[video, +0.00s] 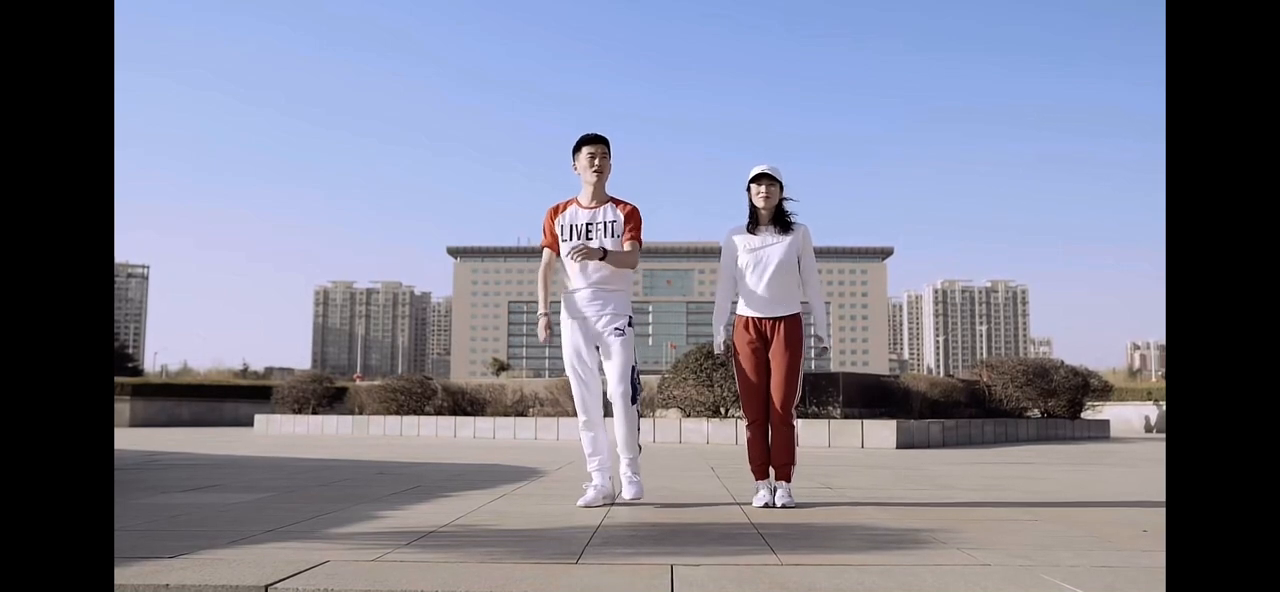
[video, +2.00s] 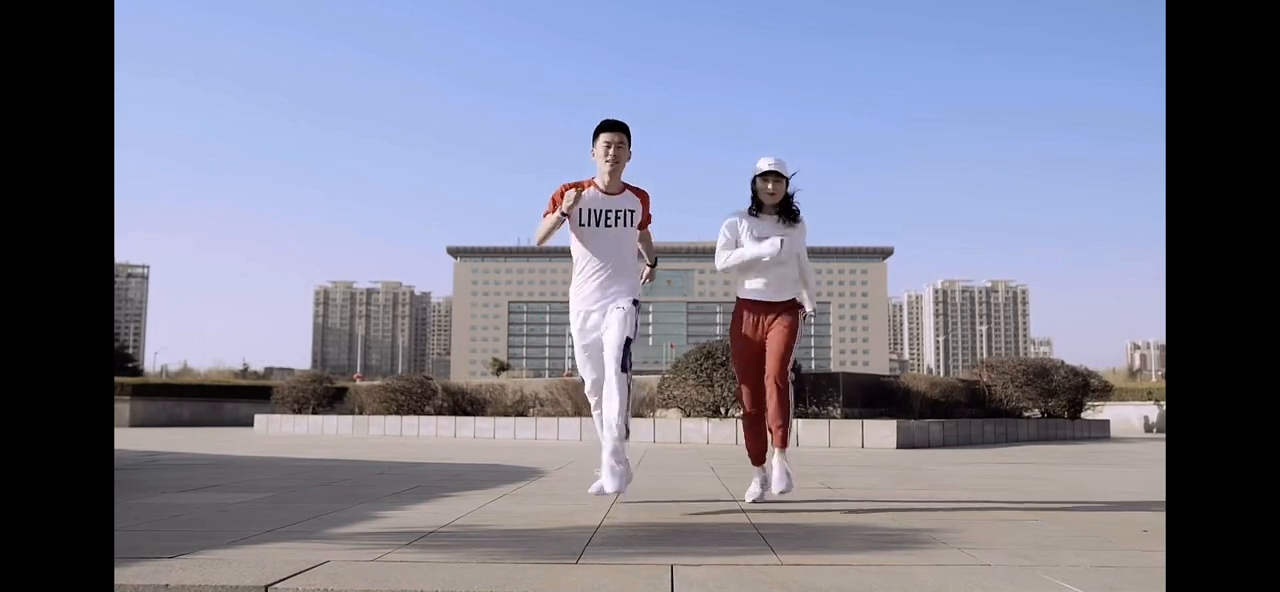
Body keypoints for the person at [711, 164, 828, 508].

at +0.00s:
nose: (763, 190)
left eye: (770, 185)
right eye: (757, 185)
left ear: (781, 193)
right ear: (749, 193)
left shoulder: (798, 233)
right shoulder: (735, 238)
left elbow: (812, 283)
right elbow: (725, 287)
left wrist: (821, 328)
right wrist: (719, 330)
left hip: (786, 325)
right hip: (746, 326)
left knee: (781, 405)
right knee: (754, 408)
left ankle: (783, 483)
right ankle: (762, 483)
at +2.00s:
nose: (771, 185)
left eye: (777, 179)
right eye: (765, 179)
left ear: (786, 185)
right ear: (755, 185)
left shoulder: (795, 225)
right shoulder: (736, 222)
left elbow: (803, 263)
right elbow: (721, 261)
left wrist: (811, 297)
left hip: (785, 311)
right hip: (747, 311)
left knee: (775, 378)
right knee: (750, 398)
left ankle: (779, 459)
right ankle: (758, 471)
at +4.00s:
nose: (794, 185)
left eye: (802, 179)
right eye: (788, 178)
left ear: (813, 188)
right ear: (778, 184)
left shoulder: (819, 232)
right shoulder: (758, 220)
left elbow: (843, 274)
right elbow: (722, 258)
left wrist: (854, 238)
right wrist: (719, 222)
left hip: (801, 325)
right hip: (759, 321)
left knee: (792, 408)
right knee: (754, 407)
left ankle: (781, 490)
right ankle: (764, 438)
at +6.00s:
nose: (798, 190)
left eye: (805, 183)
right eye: (792, 183)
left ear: (817, 185)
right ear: (784, 184)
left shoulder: (831, 224)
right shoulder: (766, 222)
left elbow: (844, 245)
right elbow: (750, 258)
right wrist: (746, 284)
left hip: (814, 314)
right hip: (773, 310)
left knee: (805, 407)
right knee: (780, 338)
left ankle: (799, 488)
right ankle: (776, 419)